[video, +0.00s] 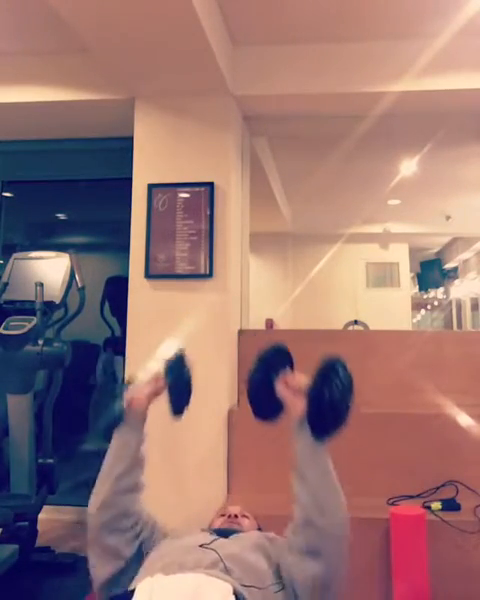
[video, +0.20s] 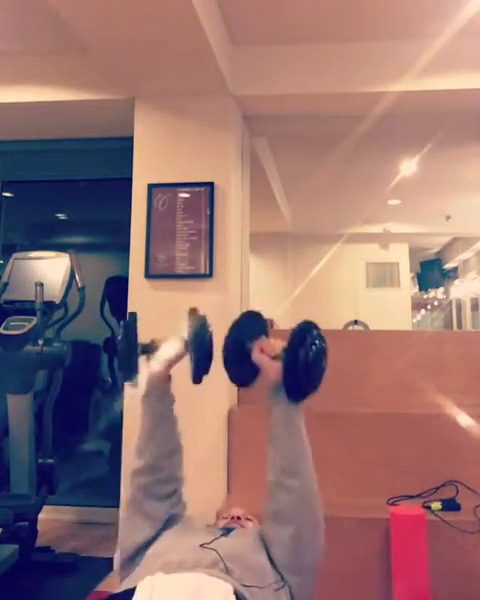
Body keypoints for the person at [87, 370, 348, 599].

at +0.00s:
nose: (232, 515)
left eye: (244, 517)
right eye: (224, 514)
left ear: (262, 534)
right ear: (206, 528)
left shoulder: (284, 558)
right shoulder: (153, 545)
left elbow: (323, 520)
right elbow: (110, 510)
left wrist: (302, 422)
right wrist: (133, 415)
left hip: (229, 590)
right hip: (154, 588)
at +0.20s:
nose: (235, 518)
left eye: (247, 519)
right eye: (226, 516)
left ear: (263, 531)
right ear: (211, 524)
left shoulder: (281, 565)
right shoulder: (154, 544)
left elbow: (293, 484)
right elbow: (155, 467)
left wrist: (281, 390)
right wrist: (157, 381)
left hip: (219, 589)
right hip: (149, 587)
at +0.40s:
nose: (234, 513)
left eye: (246, 514)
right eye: (225, 512)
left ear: (264, 530)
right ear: (208, 524)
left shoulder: (282, 556)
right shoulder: (154, 548)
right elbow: (127, 498)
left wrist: (289, 418)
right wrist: (147, 405)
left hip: (221, 591)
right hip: (150, 590)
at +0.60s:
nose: (236, 507)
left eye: (247, 508)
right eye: (227, 505)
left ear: (263, 531)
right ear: (209, 522)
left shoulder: (274, 550)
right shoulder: (164, 543)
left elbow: (342, 591)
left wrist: (315, 492)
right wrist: (118, 486)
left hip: (229, 590)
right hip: (157, 586)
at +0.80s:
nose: (237, 507)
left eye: (250, 507)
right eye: (228, 506)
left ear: (264, 526)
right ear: (210, 524)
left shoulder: (280, 559)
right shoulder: (159, 553)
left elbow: (316, 594)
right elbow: (109, 593)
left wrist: (322, 556)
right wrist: (113, 549)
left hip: (222, 589)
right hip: (156, 586)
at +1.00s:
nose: (235, 506)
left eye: (248, 507)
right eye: (225, 505)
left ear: (262, 529)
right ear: (206, 524)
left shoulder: (276, 558)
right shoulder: (155, 551)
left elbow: (318, 593)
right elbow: (88, 593)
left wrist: (320, 546)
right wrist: (113, 532)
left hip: (224, 589)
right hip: (154, 587)